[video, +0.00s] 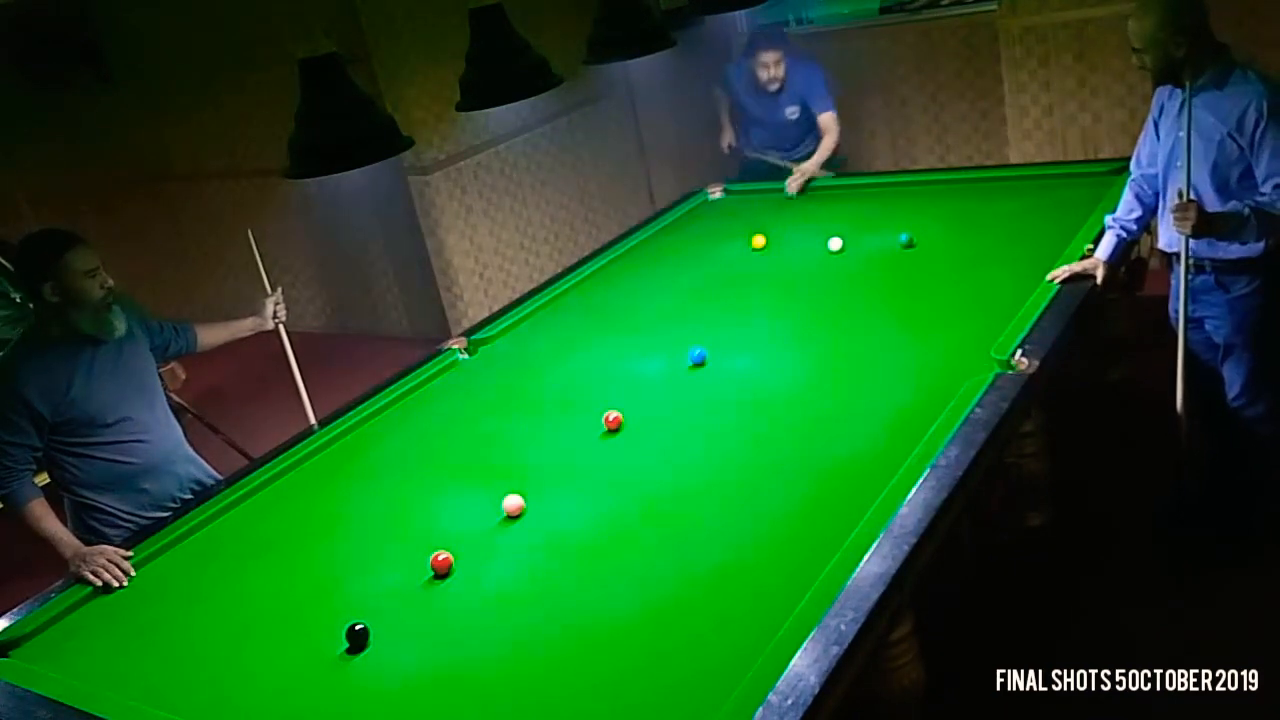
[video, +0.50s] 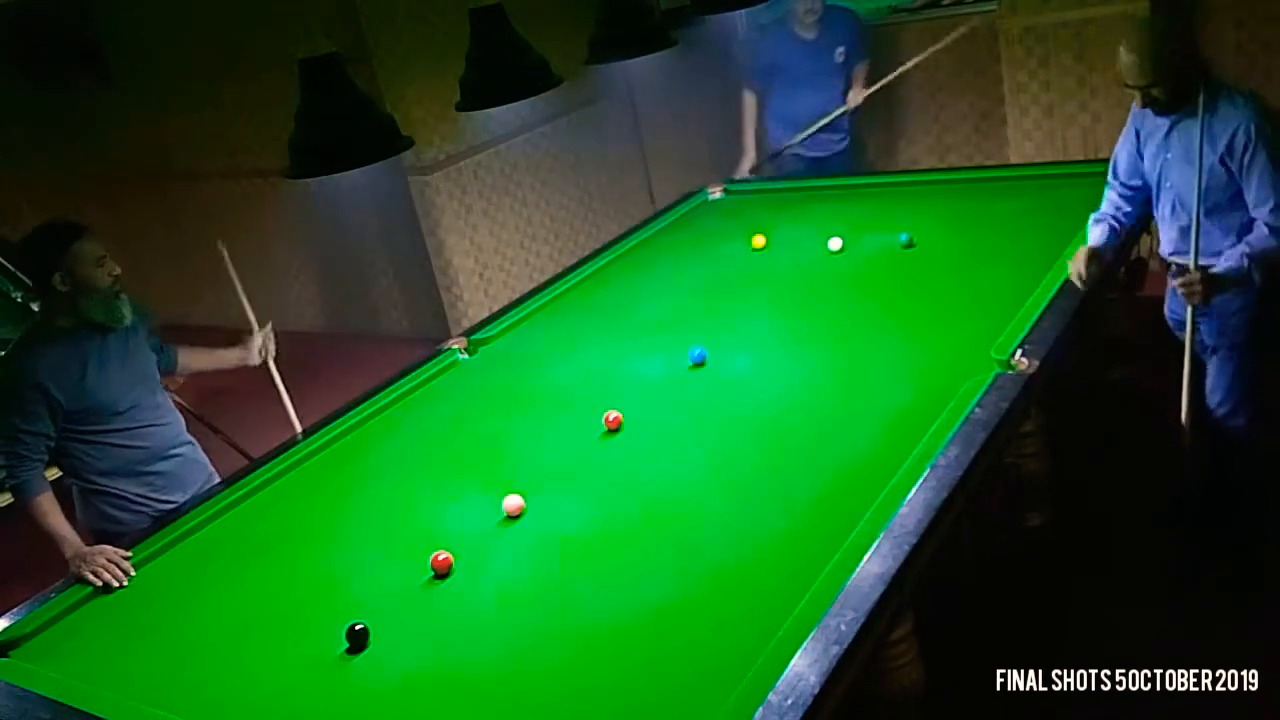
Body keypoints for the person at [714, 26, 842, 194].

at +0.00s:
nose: (772, 74)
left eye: (778, 65)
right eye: (764, 67)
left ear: (786, 61)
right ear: (750, 65)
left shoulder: (807, 76)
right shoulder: (736, 76)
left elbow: (831, 131)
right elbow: (720, 91)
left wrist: (811, 166)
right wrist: (726, 127)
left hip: (803, 161)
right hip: (758, 161)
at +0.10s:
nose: (780, 54)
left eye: (786, 45)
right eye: (773, 46)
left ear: (794, 42)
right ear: (759, 45)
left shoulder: (815, 62)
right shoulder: (744, 63)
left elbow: (845, 115)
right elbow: (727, 86)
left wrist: (822, 147)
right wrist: (728, 127)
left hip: (810, 157)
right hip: (763, 157)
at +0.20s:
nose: (789, 35)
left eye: (795, 27)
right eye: (781, 28)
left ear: (804, 26)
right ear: (769, 30)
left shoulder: (824, 50)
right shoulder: (751, 52)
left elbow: (854, 97)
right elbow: (733, 82)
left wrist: (831, 129)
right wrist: (730, 128)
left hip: (816, 152)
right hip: (767, 152)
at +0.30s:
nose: (797, 19)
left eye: (802, 12)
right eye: (789, 13)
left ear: (811, 15)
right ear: (776, 17)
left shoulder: (830, 37)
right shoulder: (755, 45)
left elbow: (855, 77)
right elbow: (738, 82)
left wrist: (844, 110)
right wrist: (734, 134)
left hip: (822, 150)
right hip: (773, 152)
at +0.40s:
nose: (805, 11)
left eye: (810, 4)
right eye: (797, 5)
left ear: (817, 7)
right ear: (784, 9)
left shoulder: (839, 29)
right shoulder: (760, 40)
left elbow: (858, 65)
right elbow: (744, 88)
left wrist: (850, 97)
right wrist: (739, 144)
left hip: (829, 147)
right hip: (780, 151)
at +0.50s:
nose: (811, 6)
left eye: (816, 1)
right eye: (804, 2)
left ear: (823, 3)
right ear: (791, 4)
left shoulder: (844, 24)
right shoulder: (769, 37)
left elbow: (860, 58)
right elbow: (750, 89)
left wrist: (857, 86)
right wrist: (749, 153)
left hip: (836, 147)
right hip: (789, 151)